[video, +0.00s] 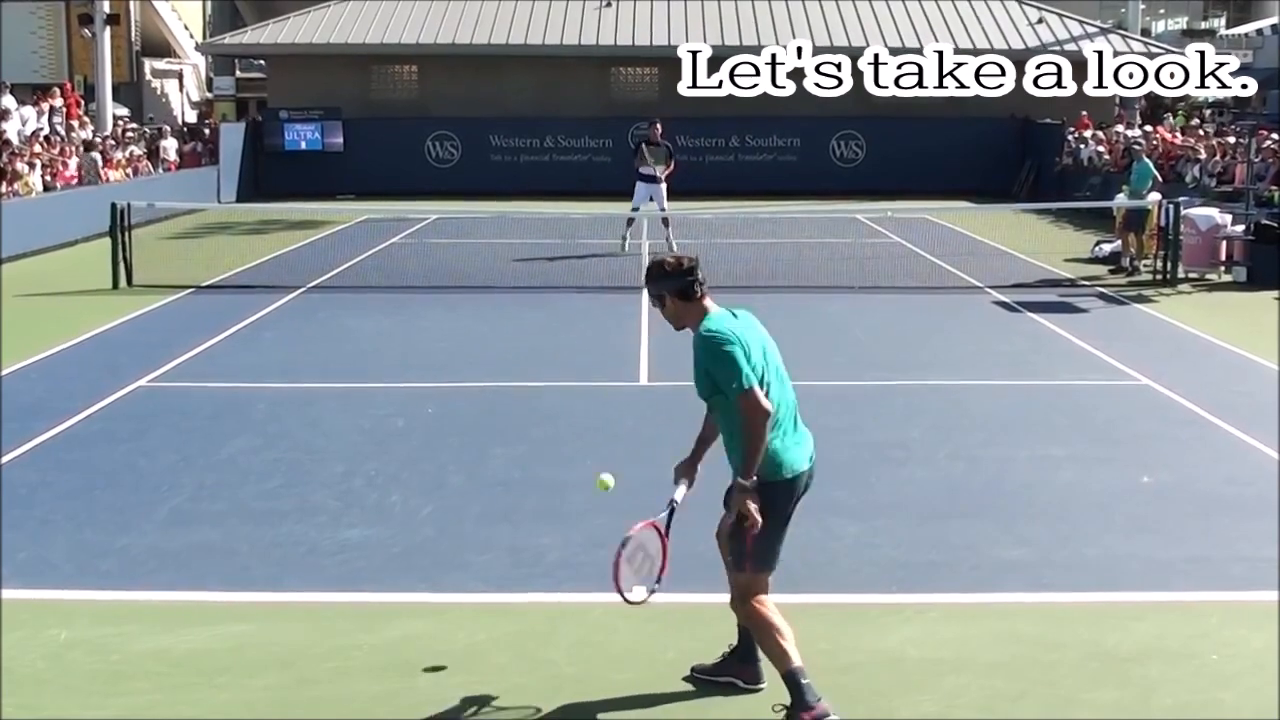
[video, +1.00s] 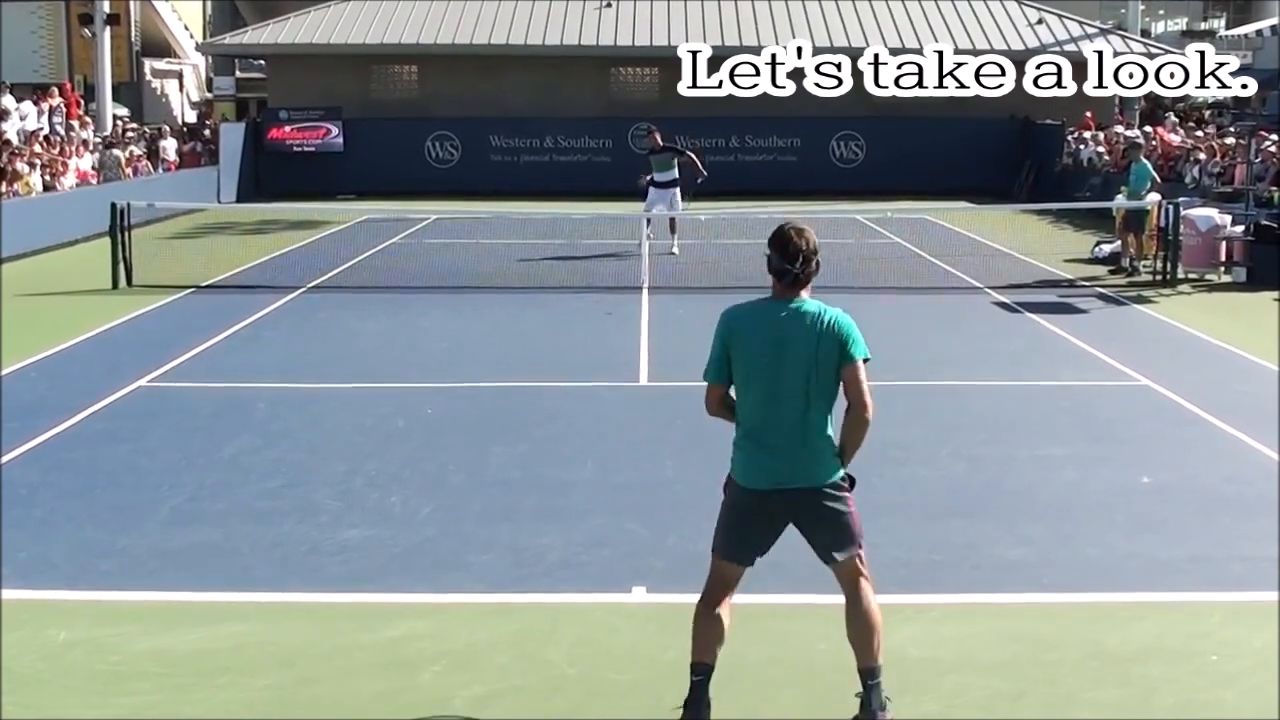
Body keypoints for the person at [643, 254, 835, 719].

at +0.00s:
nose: (660, 313)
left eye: (660, 303)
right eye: (657, 305)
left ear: (680, 298)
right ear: (693, 292)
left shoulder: (715, 339)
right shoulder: (731, 320)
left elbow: (757, 410)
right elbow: (722, 403)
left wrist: (744, 485)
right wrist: (694, 458)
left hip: (776, 473)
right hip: (787, 459)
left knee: (748, 596)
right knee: (728, 539)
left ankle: (806, 699)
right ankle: (745, 659)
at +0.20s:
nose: (678, 275)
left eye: (678, 266)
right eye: (677, 266)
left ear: (690, 266)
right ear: (722, 258)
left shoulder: (708, 310)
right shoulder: (772, 286)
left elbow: (714, 387)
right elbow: (829, 289)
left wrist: (686, 460)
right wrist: (866, 272)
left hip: (751, 458)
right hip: (790, 448)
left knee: (734, 574)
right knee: (751, 550)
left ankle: (798, 677)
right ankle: (746, 658)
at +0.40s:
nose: (704, 254)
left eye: (703, 247)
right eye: (706, 246)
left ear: (709, 251)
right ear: (750, 247)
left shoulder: (707, 302)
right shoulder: (789, 279)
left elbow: (684, 374)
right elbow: (867, 267)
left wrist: (637, 441)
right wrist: (942, 228)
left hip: (748, 456)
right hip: (798, 449)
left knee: (723, 568)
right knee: (769, 551)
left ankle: (774, 687)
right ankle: (750, 658)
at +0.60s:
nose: (735, 249)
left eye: (731, 241)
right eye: (758, 241)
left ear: (728, 246)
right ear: (773, 245)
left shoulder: (706, 301)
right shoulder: (800, 290)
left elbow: (668, 375)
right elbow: (882, 309)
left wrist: (635, 440)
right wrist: (960, 306)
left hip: (746, 461)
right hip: (806, 452)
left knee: (756, 580)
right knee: (792, 561)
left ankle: (780, 698)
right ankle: (770, 655)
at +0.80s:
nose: (765, 228)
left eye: (752, 220)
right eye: (785, 219)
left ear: (749, 227)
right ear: (795, 227)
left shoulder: (721, 278)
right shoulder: (818, 276)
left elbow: (701, 364)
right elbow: (871, 348)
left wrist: (742, 390)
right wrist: (899, 401)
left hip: (749, 443)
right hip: (814, 437)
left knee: (731, 565)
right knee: (834, 550)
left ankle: (718, 692)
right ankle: (855, 674)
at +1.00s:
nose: (781, 270)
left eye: (773, 262)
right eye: (803, 263)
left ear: (769, 267)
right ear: (814, 270)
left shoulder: (735, 320)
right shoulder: (836, 324)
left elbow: (716, 403)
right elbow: (861, 406)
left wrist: (762, 417)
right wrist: (841, 463)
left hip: (752, 481)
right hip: (818, 480)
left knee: (717, 591)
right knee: (857, 583)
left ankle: (697, 701)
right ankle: (873, 701)